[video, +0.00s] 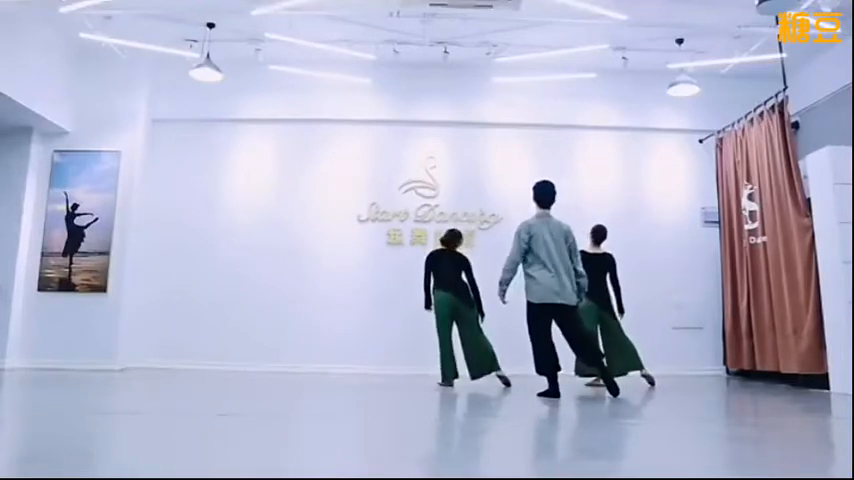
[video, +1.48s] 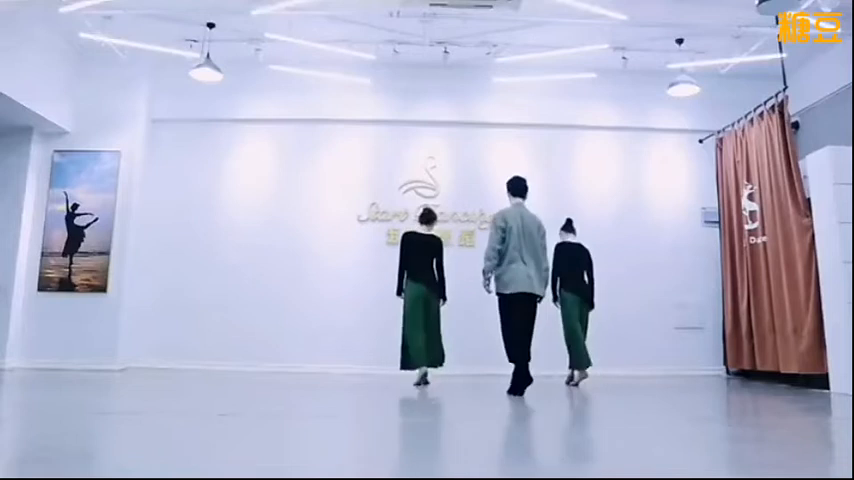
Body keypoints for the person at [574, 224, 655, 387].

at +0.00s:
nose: (594, 238)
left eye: (593, 235)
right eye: (601, 238)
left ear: (590, 236)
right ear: (604, 239)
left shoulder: (580, 256)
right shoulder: (608, 258)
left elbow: (574, 278)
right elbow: (615, 284)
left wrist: (574, 299)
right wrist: (620, 306)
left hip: (585, 303)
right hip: (604, 304)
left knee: (590, 339)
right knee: (619, 338)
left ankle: (599, 376)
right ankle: (641, 369)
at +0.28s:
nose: (590, 244)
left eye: (590, 241)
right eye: (595, 242)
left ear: (588, 242)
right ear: (602, 245)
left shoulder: (578, 259)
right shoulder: (605, 262)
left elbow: (572, 281)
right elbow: (614, 288)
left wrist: (572, 304)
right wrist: (619, 311)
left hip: (585, 307)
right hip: (603, 306)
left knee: (587, 342)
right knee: (610, 339)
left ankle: (595, 377)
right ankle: (634, 369)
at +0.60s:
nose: (587, 257)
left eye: (585, 253)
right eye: (592, 254)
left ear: (581, 254)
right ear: (596, 256)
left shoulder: (573, 270)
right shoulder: (600, 273)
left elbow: (568, 293)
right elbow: (607, 299)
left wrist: (569, 314)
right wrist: (610, 320)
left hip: (582, 313)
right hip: (599, 315)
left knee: (586, 345)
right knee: (595, 344)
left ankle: (585, 376)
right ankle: (599, 374)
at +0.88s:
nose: (575, 267)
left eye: (575, 265)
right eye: (579, 265)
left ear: (573, 263)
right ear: (585, 263)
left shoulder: (571, 274)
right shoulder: (596, 274)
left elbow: (568, 299)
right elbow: (604, 295)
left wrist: (566, 320)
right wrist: (610, 315)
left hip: (588, 309)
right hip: (604, 311)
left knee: (585, 343)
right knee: (593, 343)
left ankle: (595, 379)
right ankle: (578, 372)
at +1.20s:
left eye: (566, 248)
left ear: (566, 247)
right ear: (577, 245)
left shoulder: (565, 256)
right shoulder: (590, 256)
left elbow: (563, 282)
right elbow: (596, 284)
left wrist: (563, 305)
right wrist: (599, 305)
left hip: (577, 299)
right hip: (593, 301)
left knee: (582, 336)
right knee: (581, 336)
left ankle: (596, 372)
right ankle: (572, 371)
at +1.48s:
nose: (561, 236)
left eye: (561, 234)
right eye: (563, 234)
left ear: (562, 233)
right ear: (575, 234)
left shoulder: (560, 247)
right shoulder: (583, 249)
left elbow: (555, 272)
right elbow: (590, 275)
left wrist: (554, 293)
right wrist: (591, 297)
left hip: (567, 289)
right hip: (584, 290)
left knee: (572, 327)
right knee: (580, 328)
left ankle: (581, 367)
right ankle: (573, 368)